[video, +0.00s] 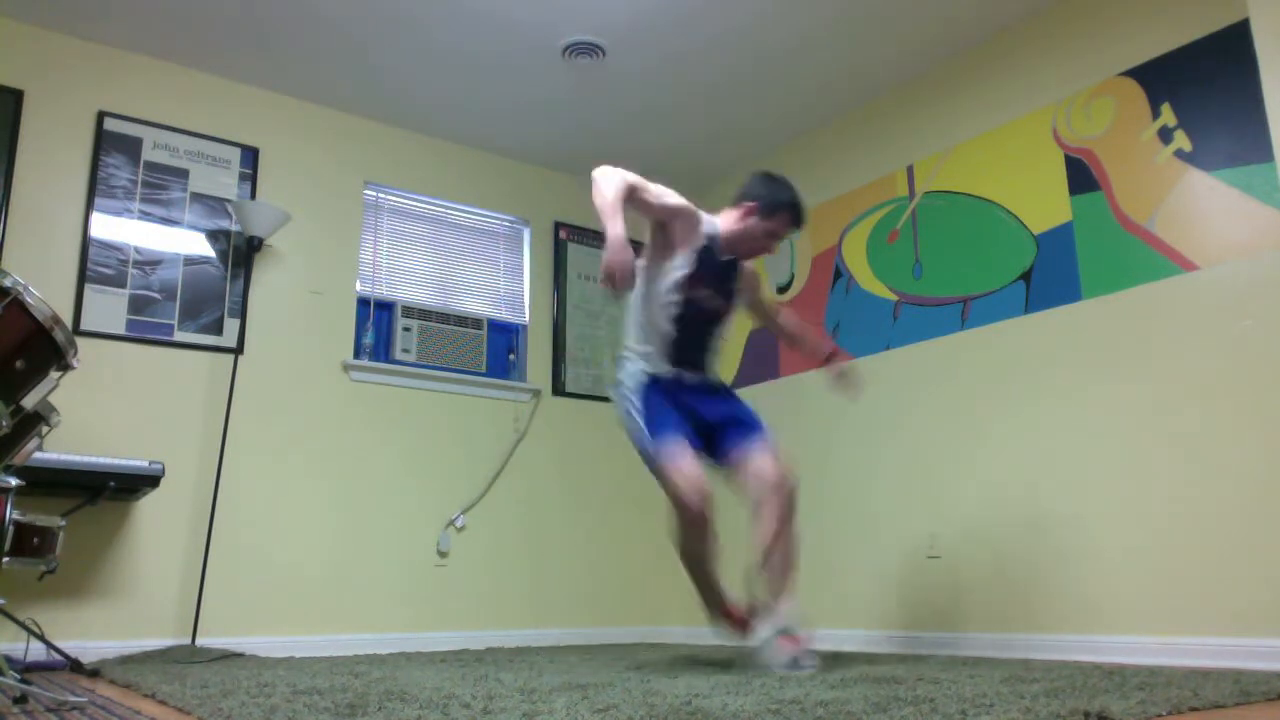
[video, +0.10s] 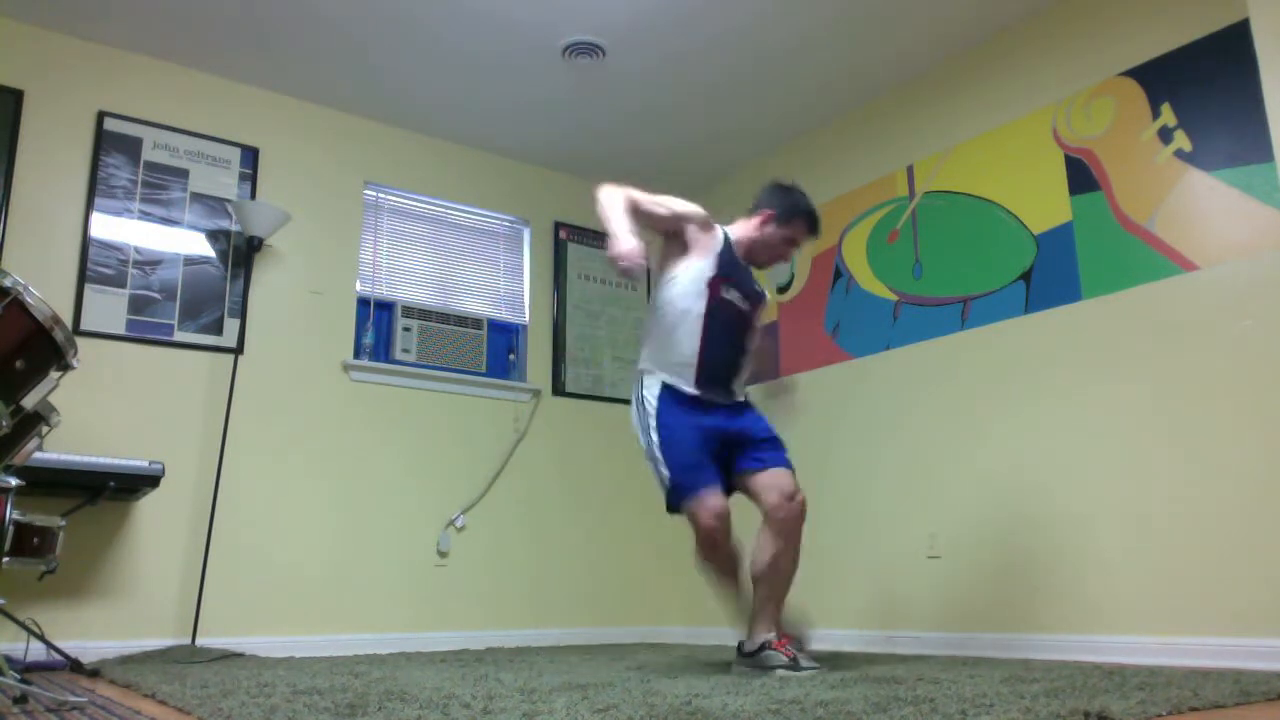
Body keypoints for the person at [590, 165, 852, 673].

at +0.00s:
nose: (769, 250)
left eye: (777, 243)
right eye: (770, 237)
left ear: (756, 225)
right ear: (745, 212)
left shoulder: (743, 272)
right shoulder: (683, 219)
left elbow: (775, 317)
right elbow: (608, 178)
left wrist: (829, 353)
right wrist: (616, 239)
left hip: (702, 388)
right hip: (649, 383)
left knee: (775, 481)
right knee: (693, 495)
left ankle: (772, 620)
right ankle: (718, 607)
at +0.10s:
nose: (788, 255)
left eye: (794, 248)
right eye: (789, 242)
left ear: (769, 228)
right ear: (763, 220)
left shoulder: (754, 297)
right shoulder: (699, 228)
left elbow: (742, 373)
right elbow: (611, 193)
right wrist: (622, 235)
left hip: (729, 405)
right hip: (670, 397)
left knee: (787, 504)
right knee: (712, 517)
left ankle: (761, 639)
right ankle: (762, 623)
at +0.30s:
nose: (774, 211)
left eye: (782, 207)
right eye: (775, 199)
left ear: (780, 204)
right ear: (756, 178)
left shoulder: (754, 235)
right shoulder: (688, 189)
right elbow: (688, 207)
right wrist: (741, 219)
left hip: (724, 368)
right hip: (671, 358)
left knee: (771, 480)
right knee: (709, 462)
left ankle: (775, 621)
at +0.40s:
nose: (770, 215)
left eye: (776, 208)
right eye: (771, 202)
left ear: (751, 185)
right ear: (745, 179)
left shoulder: (735, 225)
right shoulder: (686, 201)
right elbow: (743, 240)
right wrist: (824, 245)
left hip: (700, 371)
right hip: (662, 362)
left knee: (770, 476)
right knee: (707, 495)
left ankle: (777, 609)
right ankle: (655, 638)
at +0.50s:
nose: (783, 261)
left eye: (791, 255)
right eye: (786, 250)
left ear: (779, 233)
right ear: (771, 227)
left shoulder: (746, 255)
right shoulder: (704, 229)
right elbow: (726, 286)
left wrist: (811, 275)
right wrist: (815, 270)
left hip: (669, 383)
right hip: (634, 374)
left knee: (750, 469)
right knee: (684, 506)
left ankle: (746, 601)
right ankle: (654, 642)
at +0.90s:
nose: (776, 186)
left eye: (787, 184)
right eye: (776, 171)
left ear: (789, 189)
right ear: (756, 153)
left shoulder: (763, 224)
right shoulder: (721, 182)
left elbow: (801, 271)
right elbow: (678, 151)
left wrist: (845, 254)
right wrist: (645, 115)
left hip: (669, 343)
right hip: (685, 312)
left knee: (695, 469)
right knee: (801, 337)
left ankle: (659, 578)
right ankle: (824, 403)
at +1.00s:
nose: (796, 191)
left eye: (806, 186)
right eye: (795, 176)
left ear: (807, 188)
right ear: (772, 155)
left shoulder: (778, 216)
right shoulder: (737, 188)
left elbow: (834, 227)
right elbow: (716, 146)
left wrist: (894, 229)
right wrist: (752, 95)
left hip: (671, 344)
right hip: (695, 306)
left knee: (743, 444)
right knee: (822, 319)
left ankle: (706, 496)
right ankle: (733, 361)